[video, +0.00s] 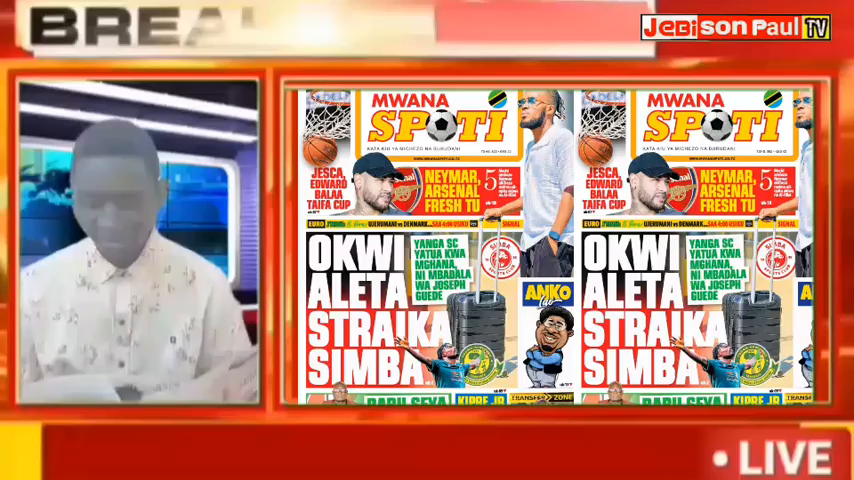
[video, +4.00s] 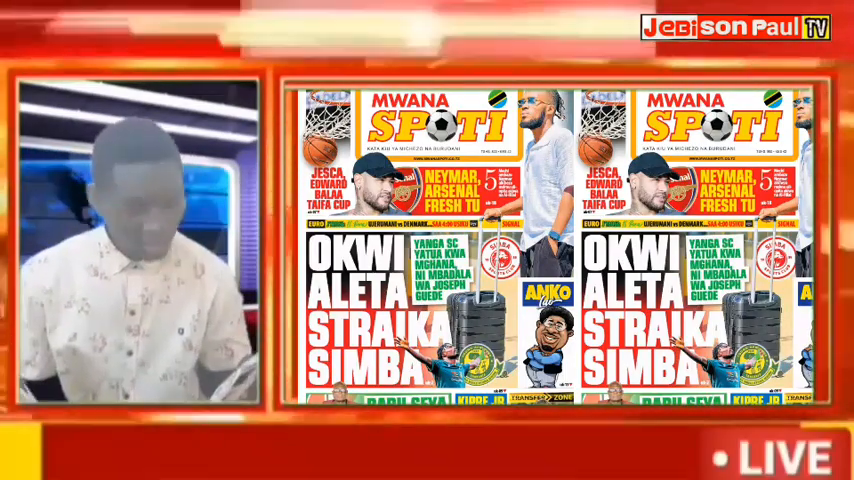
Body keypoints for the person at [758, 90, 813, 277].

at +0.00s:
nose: (799, 107)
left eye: (807, 101)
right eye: (797, 103)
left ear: (820, 107)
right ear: (794, 110)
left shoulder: (827, 147)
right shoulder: (806, 149)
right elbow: (804, 197)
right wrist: (776, 211)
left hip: (820, 239)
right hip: (804, 239)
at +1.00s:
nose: (799, 107)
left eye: (806, 101)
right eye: (797, 103)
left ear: (820, 108)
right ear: (795, 109)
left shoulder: (826, 148)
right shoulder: (806, 149)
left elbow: (829, 192)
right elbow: (805, 196)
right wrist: (777, 211)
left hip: (819, 239)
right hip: (804, 239)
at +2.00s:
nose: (799, 107)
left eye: (806, 101)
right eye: (797, 103)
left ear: (820, 107)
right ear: (794, 109)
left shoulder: (826, 148)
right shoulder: (806, 149)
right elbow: (805, 196)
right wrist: (777, 211)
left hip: (819, 240)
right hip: (804, 239)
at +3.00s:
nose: (799, 107)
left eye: (806, 101)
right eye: (797, 103)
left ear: (820, 107)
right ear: (794, 109)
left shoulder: (827, 148)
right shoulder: (806, 149)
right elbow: (804, 196)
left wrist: (833, 223)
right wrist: (777, 211)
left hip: (821, 240)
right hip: (804, 239)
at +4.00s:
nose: (799, 107)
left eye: (806, 101)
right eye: (797, 103)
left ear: (820, 107)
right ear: (794, 110)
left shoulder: (827, 147)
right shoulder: (806, 149)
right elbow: (804, 196)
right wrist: (777, 211)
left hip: (820, 240)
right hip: (803, 239)